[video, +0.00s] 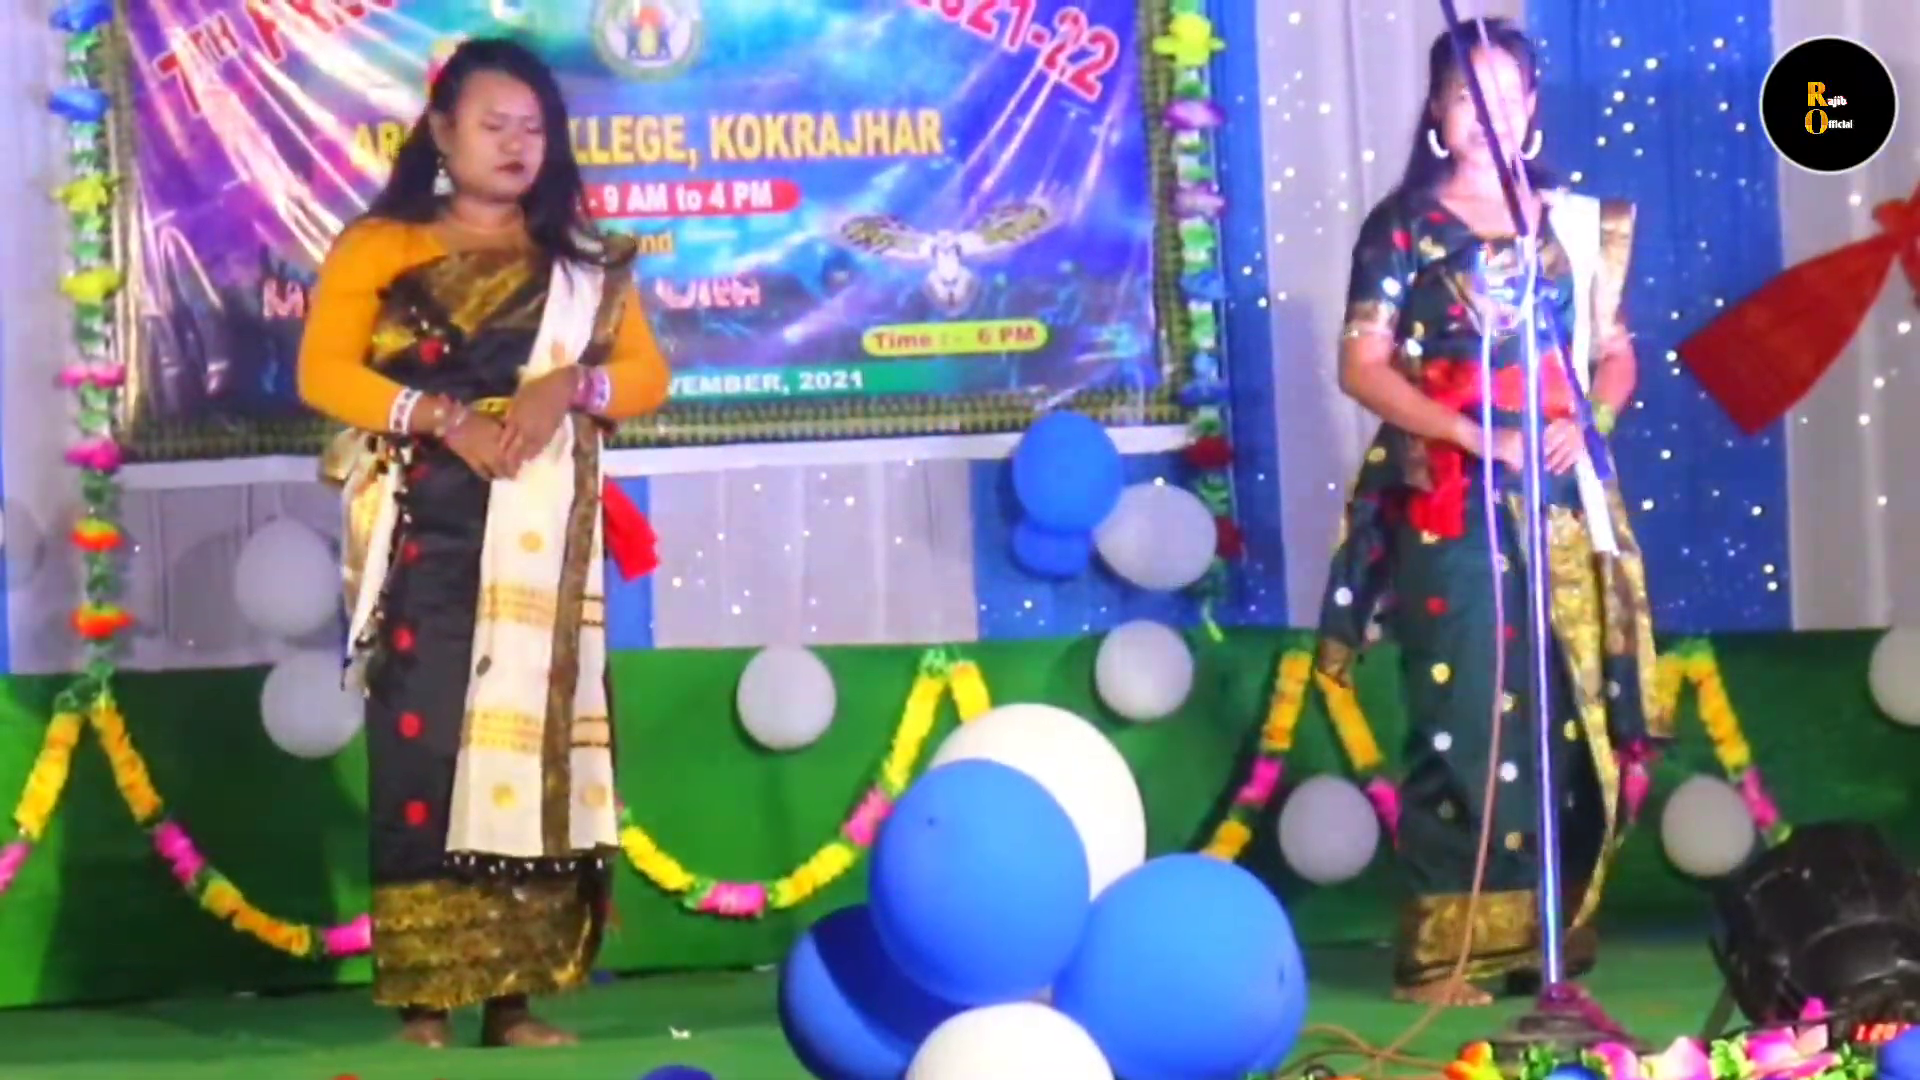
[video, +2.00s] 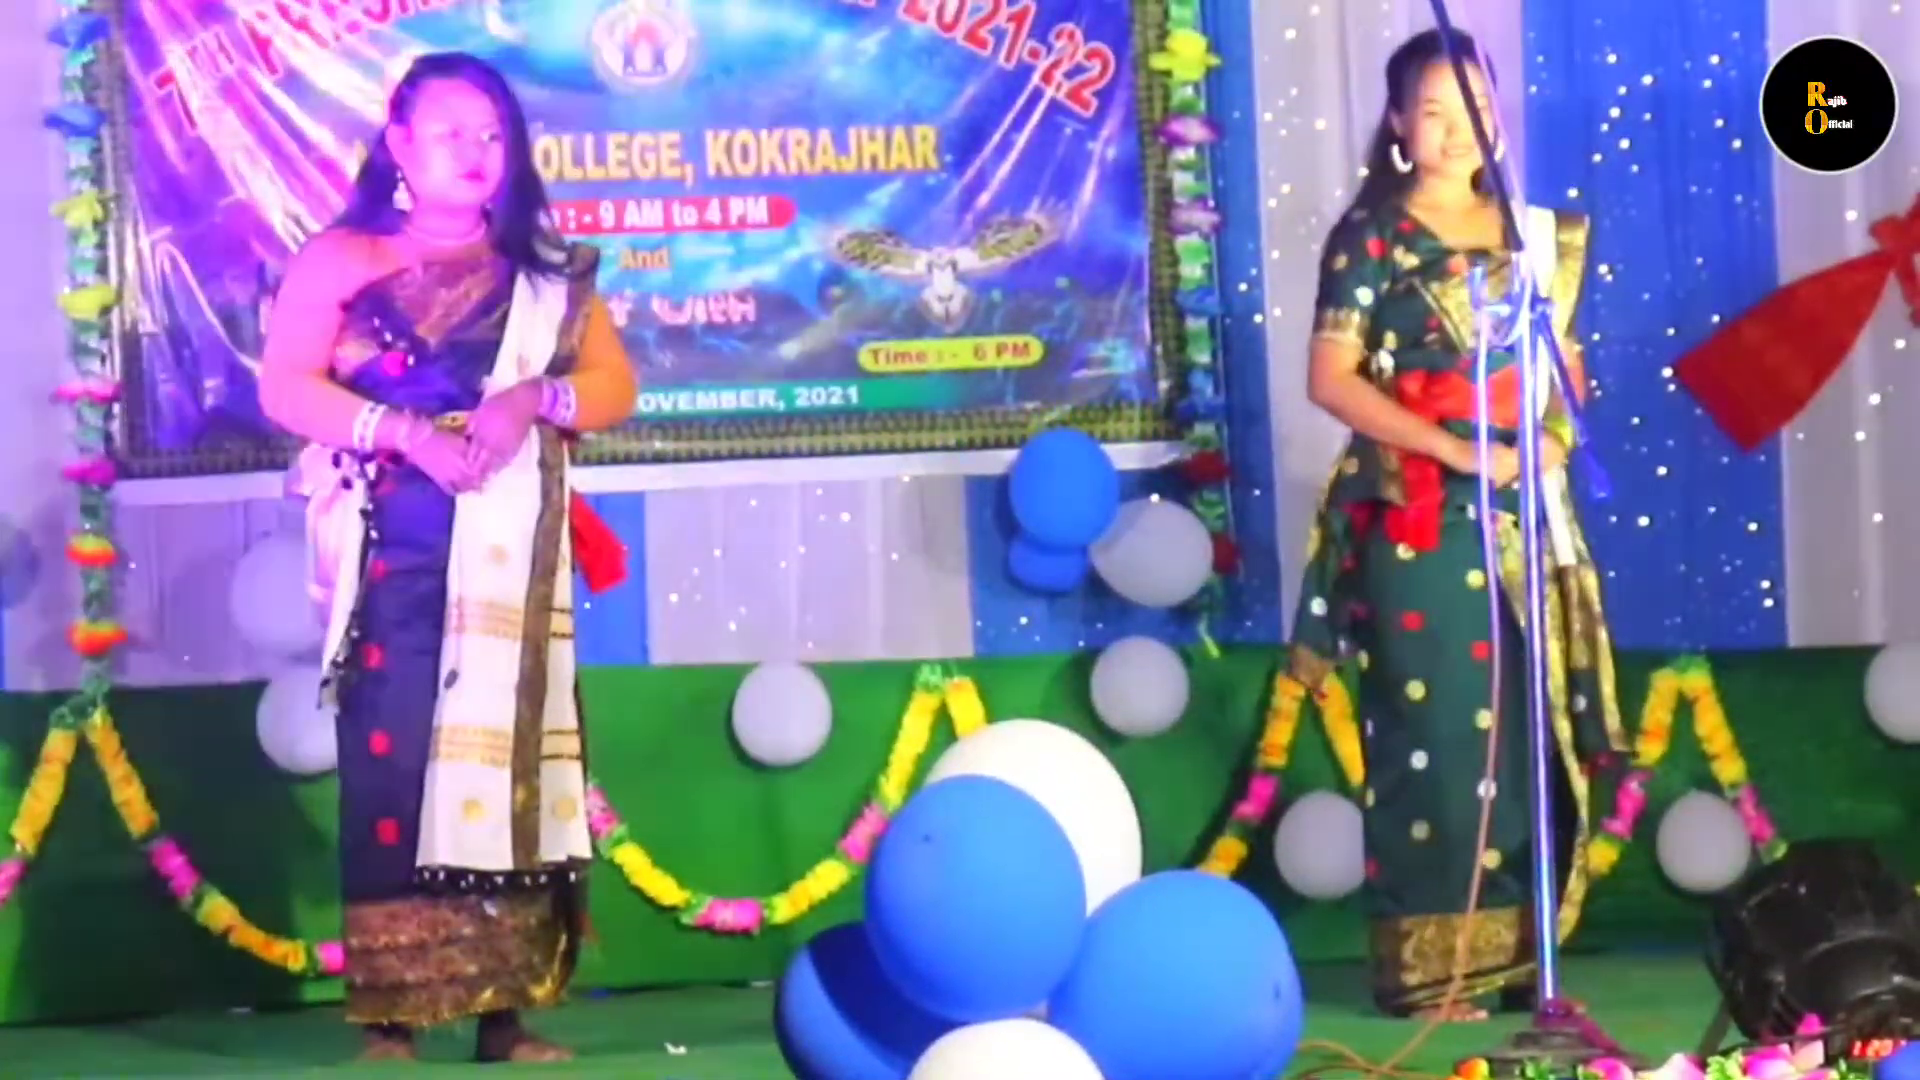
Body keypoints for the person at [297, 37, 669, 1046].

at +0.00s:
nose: (517, 144)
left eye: (533, 126)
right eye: (493, 124)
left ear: (551, 141)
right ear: (442, 133)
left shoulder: (581, 260)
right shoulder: (377, 248)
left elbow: (649, 377)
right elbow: (322, 371)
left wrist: (568, 385)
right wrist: (439, 413)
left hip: (541, 548)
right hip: (426, 543)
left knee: (532, 750)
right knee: (424, 754)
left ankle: (511, 999)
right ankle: (424, 998)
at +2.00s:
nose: (471, 152)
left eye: (488, 135)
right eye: (447, 132)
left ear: (512, 152)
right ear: (398, 147)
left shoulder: (547, 271)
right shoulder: (341, 260)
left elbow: (616, 387)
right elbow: (283, 387)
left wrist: (534, 398)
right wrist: (403, 430)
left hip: (514, 562)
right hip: (396, 559)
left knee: (514, 765)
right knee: (393, 771)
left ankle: (506, 1013)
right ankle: (386, 1012)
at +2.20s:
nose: (472, 153)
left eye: (490, 136)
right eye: (448, 133)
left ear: (513, 153)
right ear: (400, 147)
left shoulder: (549, 272)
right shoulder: (341, 262)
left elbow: (617, 389)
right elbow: (283, 389)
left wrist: (534, 400)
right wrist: (404, 433)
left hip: (515, 564)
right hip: (396, 561)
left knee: (515, 766)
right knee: (393, 772)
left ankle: (507, 1014)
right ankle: (386, 1013)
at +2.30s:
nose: (480, 150)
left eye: (498, 134)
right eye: (457, 130)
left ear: (516, 153)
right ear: (405, 144)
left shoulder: (546, 272)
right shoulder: (342, 264)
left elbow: (618, 389)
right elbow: (286, 393)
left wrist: (533, 400)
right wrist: (404, 432)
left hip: (516, 561)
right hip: (397, 558)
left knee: (516, 762)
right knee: (395, 767)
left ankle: (508, 1015)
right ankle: (389, 1015)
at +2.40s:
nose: (485, 144)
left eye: (500, 129)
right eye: (461, 126)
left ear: (518, 148)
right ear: (408, 143)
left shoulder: (549, 272)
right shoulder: (342, 265)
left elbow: (618, 390)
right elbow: (287, 395)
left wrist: (534, 401)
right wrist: (405, 433)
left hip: (517, 561)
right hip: (398, 558)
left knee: (517, 763)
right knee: (395, 769)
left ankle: (510, 1016)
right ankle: (390, 1016)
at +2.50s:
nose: (483, 142)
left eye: (498, 129)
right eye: (458, 125)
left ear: (515, 150)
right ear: (404, 142)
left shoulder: (545, 273)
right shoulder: (343, 266)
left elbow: (620, 390)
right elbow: (289, 394)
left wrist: (535, 403)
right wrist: (406, 434)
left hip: (517, 562)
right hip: (398, 559)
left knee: (518, 765)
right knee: (395, 771)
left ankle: (509, 1017)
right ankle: (389, 1017)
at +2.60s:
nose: (477, 144)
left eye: (493, 129)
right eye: (452, 126)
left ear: (511, 148)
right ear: (401, 144)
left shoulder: (545, 271)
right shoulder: (343, 267)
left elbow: (621, 390)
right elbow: (289, 394)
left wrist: (534, 403)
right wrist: (408, 435)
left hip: (516, 560)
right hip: (397, 557)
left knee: (515, 762)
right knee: (394, 768)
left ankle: (509, 1015)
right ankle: (387, 1015)